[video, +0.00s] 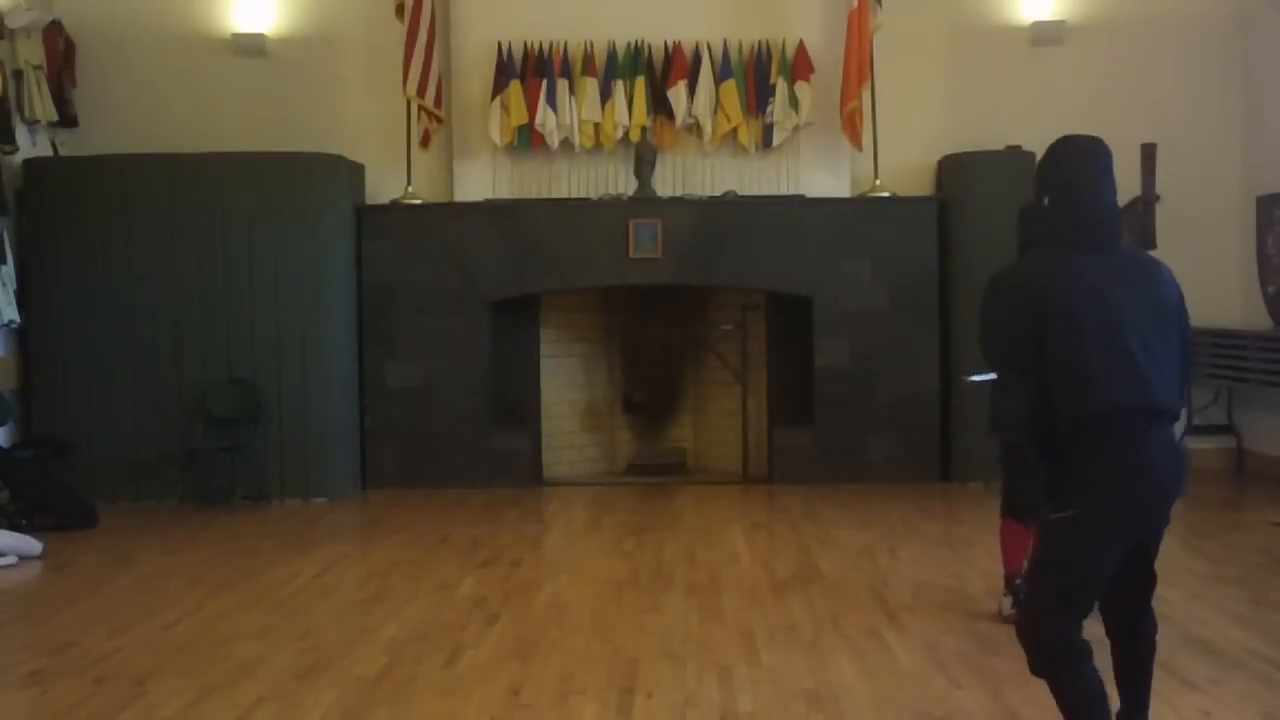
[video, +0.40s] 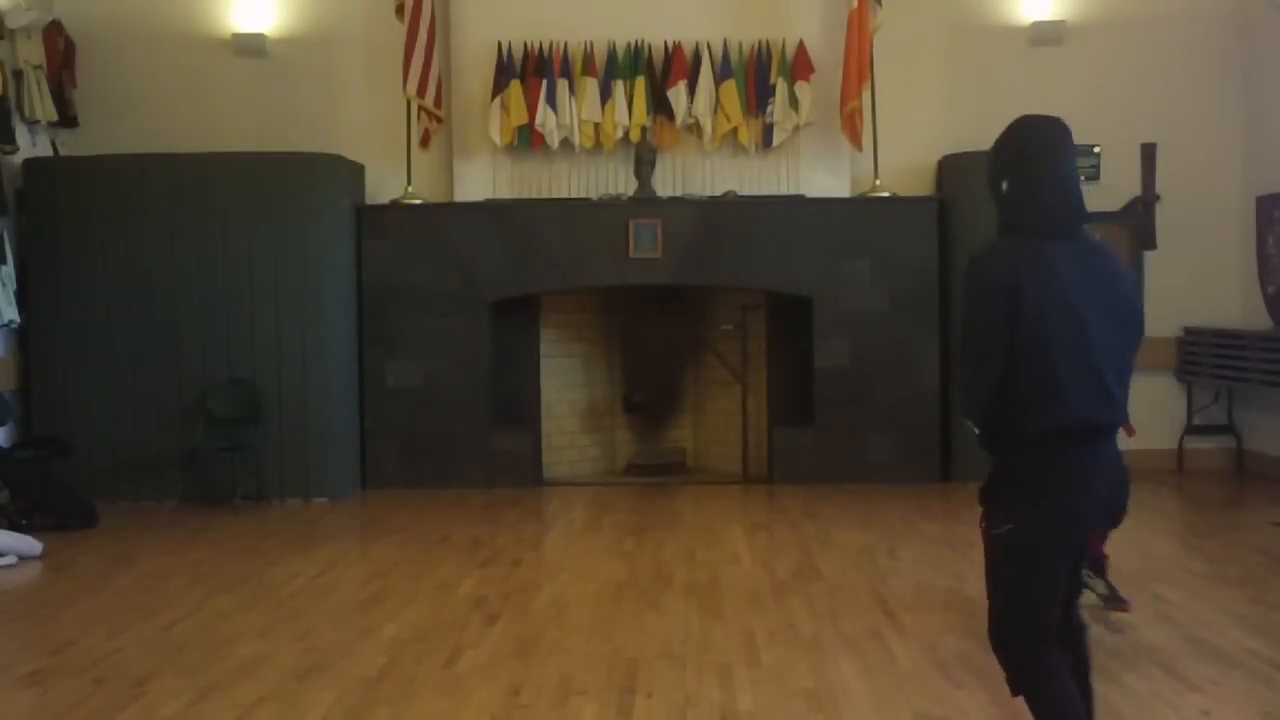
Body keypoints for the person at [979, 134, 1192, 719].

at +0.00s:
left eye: (1050, 192)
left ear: (1046, 198)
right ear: (1110, 197)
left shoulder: (1019, 284)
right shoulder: (1154, 276)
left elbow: (1014, 400)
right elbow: (1180, 376)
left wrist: (1030, 496)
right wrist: (1151, 433)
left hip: (1084, 468)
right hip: (1157, 463)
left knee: (1047, 622)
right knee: (1130, 602)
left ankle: (1094, 709)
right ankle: (1134, 709)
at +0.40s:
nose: (997, 192)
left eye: (1000, 180)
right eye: (1002, 180)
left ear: (1009, 185)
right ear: (1071, 180)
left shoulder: (999, 265)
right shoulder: (1106, 266)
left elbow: (976, 385)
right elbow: (1123, 353)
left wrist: (1005, 435)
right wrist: (1087, 423)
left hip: (1030, 472)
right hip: (1097, 468)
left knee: (1018, 631)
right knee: (1059, 617)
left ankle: (1066, 710)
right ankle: (1078, 708)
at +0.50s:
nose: (973, 179)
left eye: (976, 169)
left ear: (983, 176)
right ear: (1046, 169)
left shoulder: (978, 259)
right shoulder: (1084, 253)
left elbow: (957, 371)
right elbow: (1138, 326)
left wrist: (981, 427)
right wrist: (1085, 377)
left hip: (1020, 456)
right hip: (1082, 450)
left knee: (1026, 618)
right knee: (1016, 600)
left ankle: (1064, 709)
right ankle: (1027, 707)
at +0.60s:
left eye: (949, 165)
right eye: (1021, 157)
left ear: (954, 169)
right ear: (1022, 167)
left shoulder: (944, 252)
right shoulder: (1058, 254)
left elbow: (925, 363)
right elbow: (1098, 337)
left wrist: (945, 418)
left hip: (986, 454)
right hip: (1050, 451)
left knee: (1038, 634)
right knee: (968, 598)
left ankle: (1076, 706)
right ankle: (964, 710)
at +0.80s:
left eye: (891, 176)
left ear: (890, 182)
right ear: (955, 183)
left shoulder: (870, 265)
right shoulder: (991, 264)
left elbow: (850, 383)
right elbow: (1012, 362)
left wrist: (892, 447)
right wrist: (980, 434)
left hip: (924, 465)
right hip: (978, 460)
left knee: (999, 639)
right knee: (889, 623)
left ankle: (1053, 705)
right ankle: (877, 709)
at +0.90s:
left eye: (856, 173)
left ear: (852, 180)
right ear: (916, 184)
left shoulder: (829, 266)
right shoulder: (947, 271)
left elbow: (819, 378)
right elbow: (967, 369)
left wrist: (848, 451)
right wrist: (937, 439)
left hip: (878, 470)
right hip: (930, 466)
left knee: (917, 644)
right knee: (853, 626)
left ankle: (1001, 711)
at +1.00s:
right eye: (874, 164)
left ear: (815, 170)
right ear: (879, 173)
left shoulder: (787, 255)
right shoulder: (906, 258)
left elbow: (761, 379)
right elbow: (938, 351)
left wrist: (810, 428)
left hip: (836, 463)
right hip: (900, 459)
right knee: (851, 630)